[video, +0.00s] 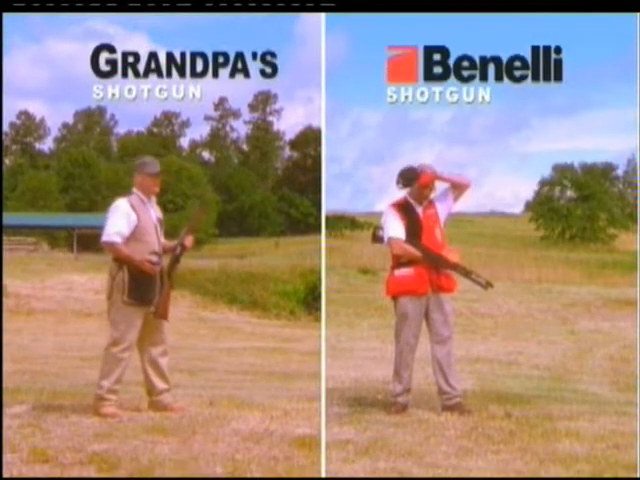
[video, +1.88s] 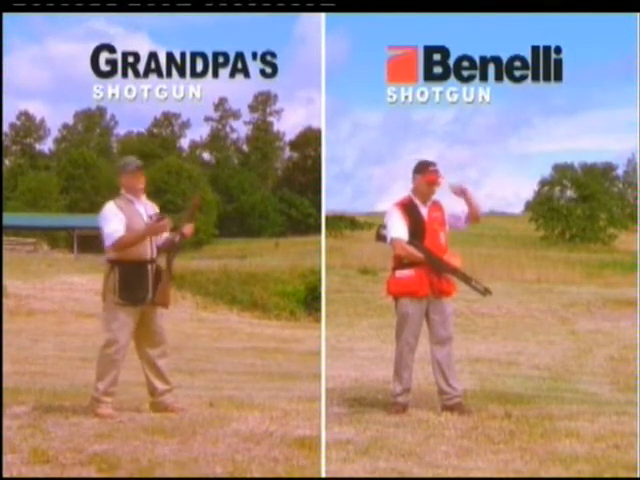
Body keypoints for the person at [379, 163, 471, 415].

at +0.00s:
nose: (428, 192)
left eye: (430, 188)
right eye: (424, 187)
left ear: (432, 187)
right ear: (411, 187)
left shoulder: (437, 207)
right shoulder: (395, 212)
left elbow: (463, 185)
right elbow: (398, 248)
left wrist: (437, 175)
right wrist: (435, 257)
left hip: (437, 281)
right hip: (409, 282)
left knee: (443, 340)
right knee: (406, 342)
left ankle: (451, 397)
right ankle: (400, 396)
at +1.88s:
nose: (434, 187)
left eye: (436, 182)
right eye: (430, 182)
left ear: (438, 183)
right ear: (416, 180)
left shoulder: (441, 208)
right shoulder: (398, 211)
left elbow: (473, 218)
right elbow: (399, 250)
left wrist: (466, 196)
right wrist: (434, 261)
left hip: (439, 282)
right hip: (410, 283)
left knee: (443, 340)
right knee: (407, 343)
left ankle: (451, 397)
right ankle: (401, 396)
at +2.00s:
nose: (436, 189)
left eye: (439, 184)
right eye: (432, 183)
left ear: (441, 185)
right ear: (419, 181)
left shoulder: (444, 210)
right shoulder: (401, 210)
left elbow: (465, 225)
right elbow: (402, 249)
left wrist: (474, 225)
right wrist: (435, 262)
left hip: (440, 281)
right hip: (411, 282)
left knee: (443, 340)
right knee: (407, 343)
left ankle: (450, 397)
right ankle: (400, 397)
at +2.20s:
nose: (441, 190)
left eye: (445, 186)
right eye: (437, 185)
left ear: (448, 186)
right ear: (425, 182)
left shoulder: (449, 210)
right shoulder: (406, 209)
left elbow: (470, 237)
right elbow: (407, 246)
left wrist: (469, 265)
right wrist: (439, 264)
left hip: (442, 283)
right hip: (412, 283)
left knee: (444, 342)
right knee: (407, 343)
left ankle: (451, 397)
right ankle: (400, 396)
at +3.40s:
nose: (427, 181)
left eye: (429, 176)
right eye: (422, 177)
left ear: (433, 178)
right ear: (410, 181)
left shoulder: (443, 209)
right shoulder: (396, 211)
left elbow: (462, 247)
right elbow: (383, 248)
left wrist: (470, 228)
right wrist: (405, 246)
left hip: (440, 280)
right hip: (409, 281)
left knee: (444, 341)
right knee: (406, 342)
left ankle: (451, 397)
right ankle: (400, 395)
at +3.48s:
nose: (422, 182)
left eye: (425, 177)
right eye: (417, 178)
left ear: (429, 179)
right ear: (407, 182)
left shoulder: (440, 208)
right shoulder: (394, 211)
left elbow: (451, 240)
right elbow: (380, 249)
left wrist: (448, 250)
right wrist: (398, 245)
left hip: (439, 284)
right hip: (409, 286)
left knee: (443, 342)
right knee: (406, 343)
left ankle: (449, 396)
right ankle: (401, 395)